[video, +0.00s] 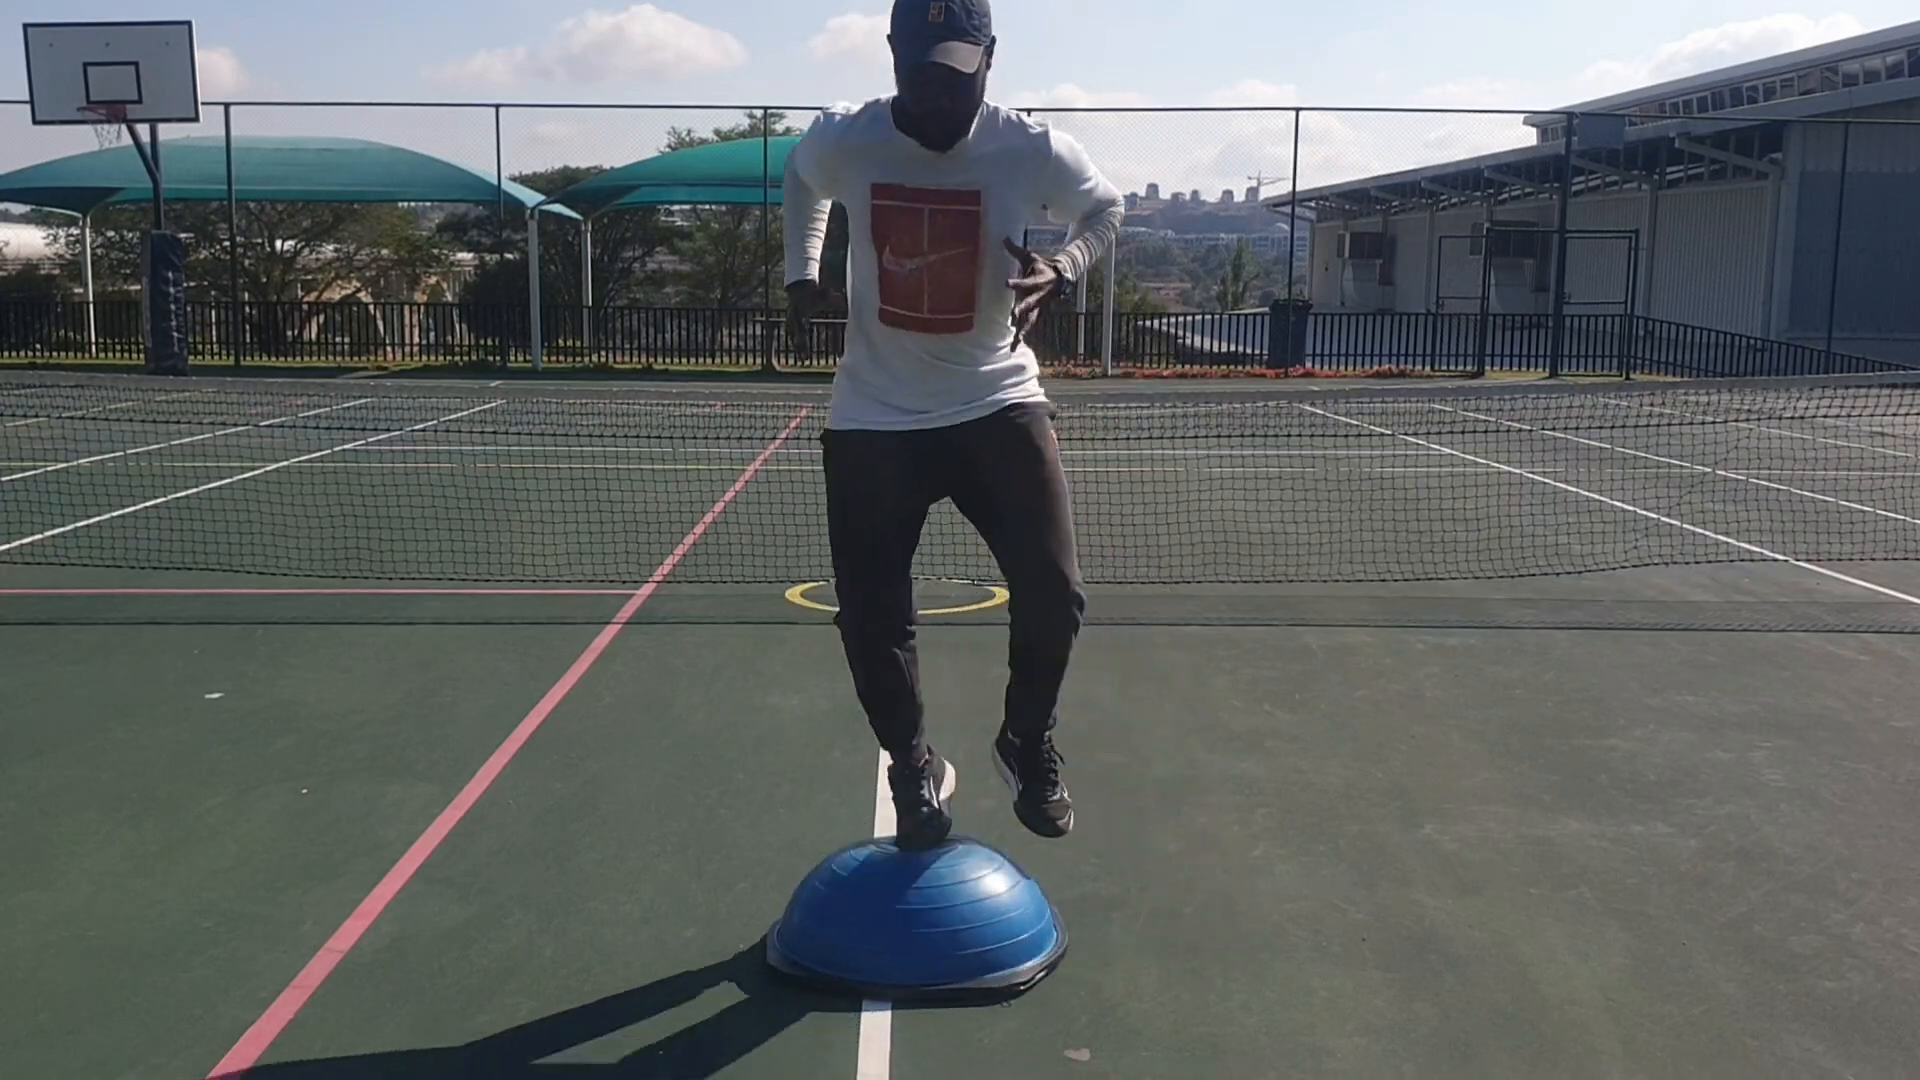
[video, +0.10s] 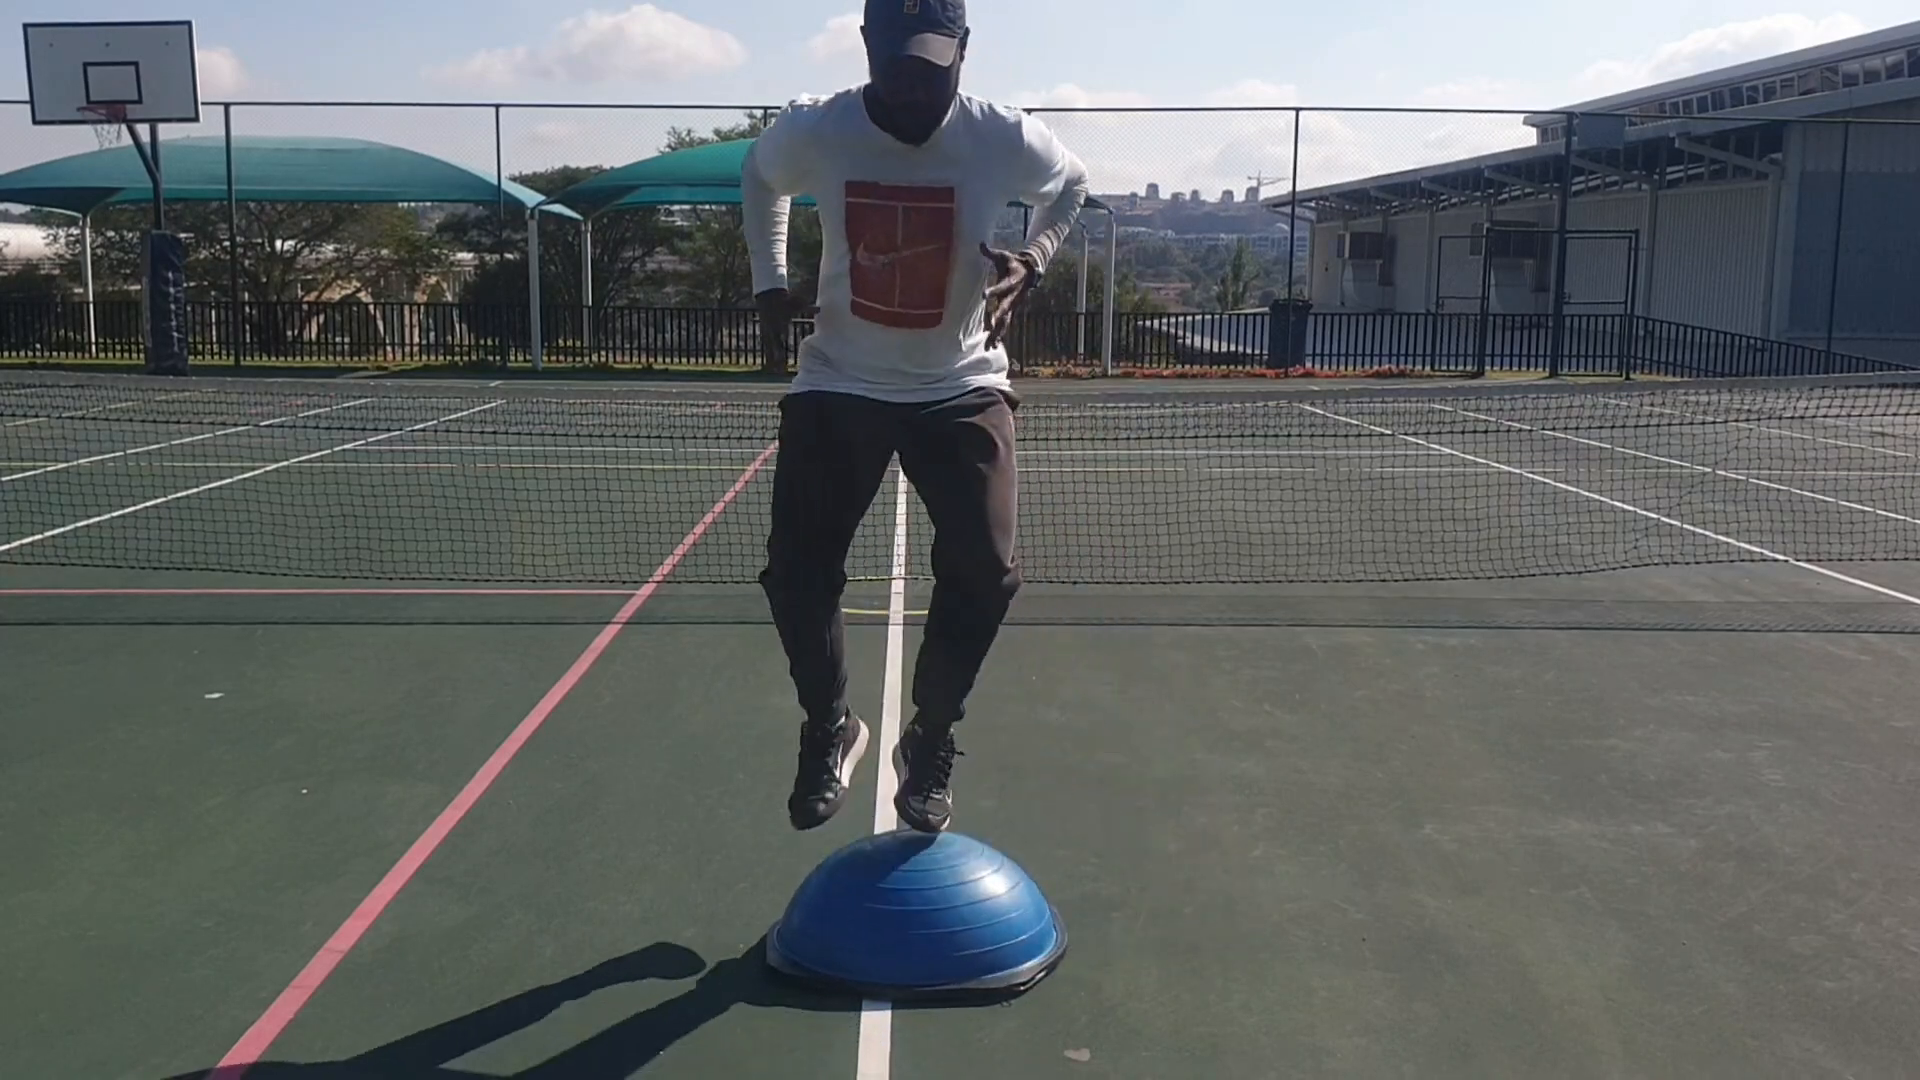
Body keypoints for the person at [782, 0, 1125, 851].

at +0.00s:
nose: (944, 96)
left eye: (961, 80)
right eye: (928, 76)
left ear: (987, 69)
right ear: (897, 59)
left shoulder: (1030, 150)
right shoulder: (842, 143)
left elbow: (1106, 208)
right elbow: (803, 180)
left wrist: (1063, 262)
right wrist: (804, 281)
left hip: (995, 399)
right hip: (874, 408)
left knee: (1053, 591)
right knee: (870, 615)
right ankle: (911, 769)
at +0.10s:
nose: (913, 89)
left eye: (931, 72)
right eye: (898, 69)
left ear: (960, 59)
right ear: (870, 52)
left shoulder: (1005, 141)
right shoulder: (815, 133)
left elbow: (1070, 191)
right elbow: (760, 178)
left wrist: (1034, 257)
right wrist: (771, 282)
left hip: (961, 385)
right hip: (839, 381)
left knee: (987, 571)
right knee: (796, 574)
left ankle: (931, 744)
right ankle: (827, 725)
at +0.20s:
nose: (889, 111)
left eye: (905, 91)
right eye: (870, 92)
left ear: (932, 77)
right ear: (838, 75)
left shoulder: (979, 164)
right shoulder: (781, 158)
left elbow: (1029, 210)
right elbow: (732, 208)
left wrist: (993, 278)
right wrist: (748, 310)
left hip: (923, 431)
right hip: (799, 428)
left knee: (925, 630)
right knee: (742, 623)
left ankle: (880, 806)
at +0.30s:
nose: (866, 174)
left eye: (882, 154)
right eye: (846, 155)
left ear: (906, 145)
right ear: (813, 147)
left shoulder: (951, 242)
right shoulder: (751, 229)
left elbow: (982, 293)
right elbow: (715, 291)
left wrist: (955, 348)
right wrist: (725, 378)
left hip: (881, 493)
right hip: (756, 500)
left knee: (915, 659)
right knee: (698, 688)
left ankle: (881, 812)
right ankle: (647, 860)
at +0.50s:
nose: (867, 131)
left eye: (883, 113)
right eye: (850, 113)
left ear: (913, 108)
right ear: (819, 108)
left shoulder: (963, 209)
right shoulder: (766, 204)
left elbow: (1006, 279)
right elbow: (709, 294)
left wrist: (977, 311)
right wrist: (738, 339)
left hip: (905, 469)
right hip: (782, 474)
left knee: (912, 662)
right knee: (727, 670)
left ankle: (875, 826)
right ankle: (667, 841)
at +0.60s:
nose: (887, 79)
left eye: (904, 59)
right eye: (871, 58)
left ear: (933, 50)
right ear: (841, 48)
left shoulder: (986, 137)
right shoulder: (788, 146)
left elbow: (1043, 207)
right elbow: (732, 236)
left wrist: (1018, 247)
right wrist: (751, 289)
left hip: (939, 415)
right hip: (815, 413)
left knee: (929, 618)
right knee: (778, 608)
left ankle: (892, 796)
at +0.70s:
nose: (909, 65)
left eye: (926, 43)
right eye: (890, 44)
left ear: (957, 29)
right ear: (863, 36)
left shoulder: (1012, 117)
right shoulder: (811, 125)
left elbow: (1076, 186)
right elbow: (749, 208)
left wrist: (1049, 237)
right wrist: (772, 275)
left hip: (977, 370)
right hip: (854, 370)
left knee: (1008, 566)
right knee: (843, 574)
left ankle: (954, 731)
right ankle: (881, 735)